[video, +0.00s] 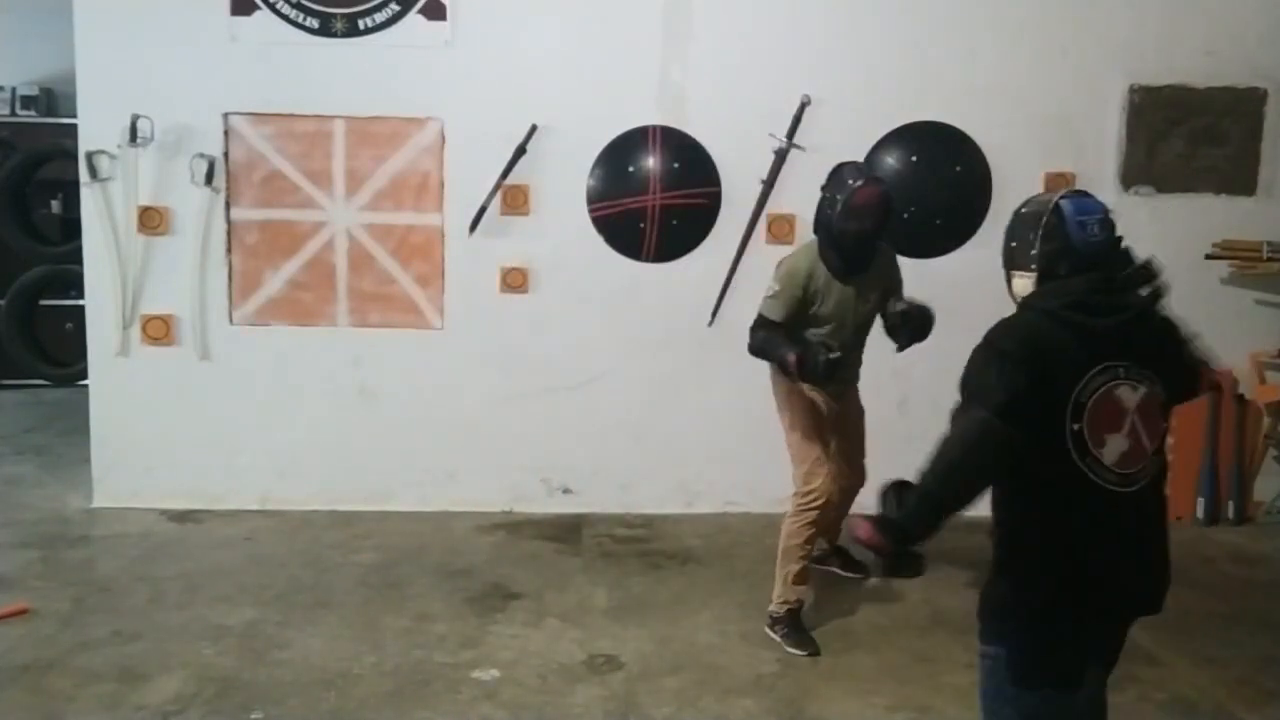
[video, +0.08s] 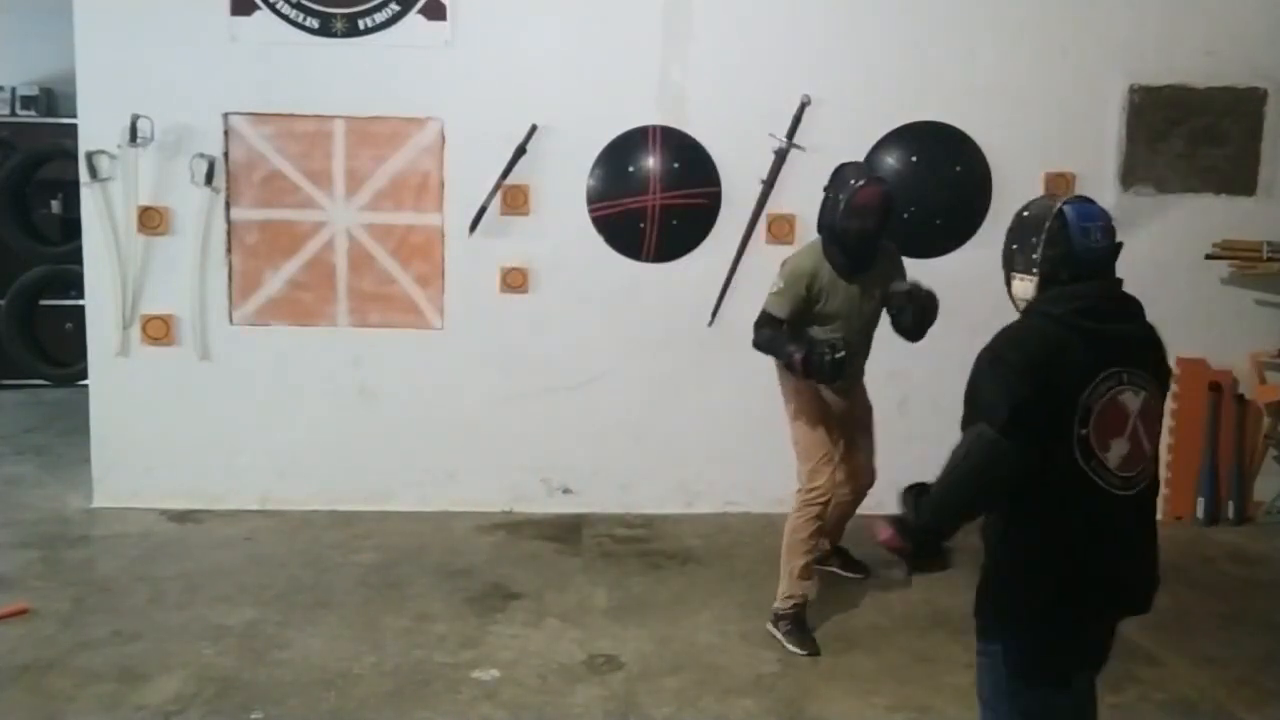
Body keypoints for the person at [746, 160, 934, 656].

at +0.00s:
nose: (864, 230)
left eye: (872, 219)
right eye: (854, 217)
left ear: (882, 222)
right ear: (830, 216)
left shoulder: (881, 261)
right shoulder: (802, 265)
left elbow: (897, 330)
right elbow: (760, 336)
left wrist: (911, 322)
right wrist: (796, 357)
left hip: (844, 385)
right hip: (797, 383)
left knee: (850, 477)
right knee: (817, 485)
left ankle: (822, 545)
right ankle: (784, 608)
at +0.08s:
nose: (865, 226)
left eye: (873, 215)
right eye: (855, 213)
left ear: (884, 219)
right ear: (832, 214)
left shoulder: (885, 260)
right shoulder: (806, 265)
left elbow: (909, 330)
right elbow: (764, 333)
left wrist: (918, 311)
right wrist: (802, 356)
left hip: (850, 381)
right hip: (804, 379)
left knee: (858, 478)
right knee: (821, 485)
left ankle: (823, 546)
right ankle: (788, 608)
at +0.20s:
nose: (865, 220)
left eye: (874, 210)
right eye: (856, 208)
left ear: (886, 213)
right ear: (836, 208)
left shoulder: (889, 254)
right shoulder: (811, 257)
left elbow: (914, 322)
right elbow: (769, 322)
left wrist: (915, 298)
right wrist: (806, 344)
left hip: (857, 378)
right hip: (812, 375)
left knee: (864, 473)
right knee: (828, 476)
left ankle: (827, 545)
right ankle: (804, 593)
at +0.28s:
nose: (868, 209)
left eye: (877, 199)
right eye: (859, 198)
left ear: (887, 204)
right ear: (838, 199)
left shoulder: (892, 247)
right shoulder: (812, 248)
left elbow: (911, 314)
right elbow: (769, 308)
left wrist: (909, 296)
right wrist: (801, 335)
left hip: (861, 378)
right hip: (816, 376)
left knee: (860, 473)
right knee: (835, 470)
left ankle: (829, 545)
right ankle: (811, 584)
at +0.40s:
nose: (868, 198)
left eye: (877, 189)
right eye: (859, 187)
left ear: (888, 194)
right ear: (839, 189)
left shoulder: (895, 242)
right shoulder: (813, 239)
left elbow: (908, 308)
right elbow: (768, 299)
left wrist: (891, 320)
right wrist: (808, 327)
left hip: (866, 371)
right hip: (819, 369)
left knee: (858, 469)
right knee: (836, 466)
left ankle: (829, 548)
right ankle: (824, 569)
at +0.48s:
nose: (867, 193)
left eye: (876, 184)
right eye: (858, 183)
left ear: (888, 190)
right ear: (840, 186)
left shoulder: (897, 242)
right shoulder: (814, 237)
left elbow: (908, 305)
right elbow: (769, 295)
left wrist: (897, 323)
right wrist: (807, 324)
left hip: (867, 368)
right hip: (820, 367)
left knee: (856, 467)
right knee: (835, 467)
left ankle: (829, 547)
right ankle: (828, 570)